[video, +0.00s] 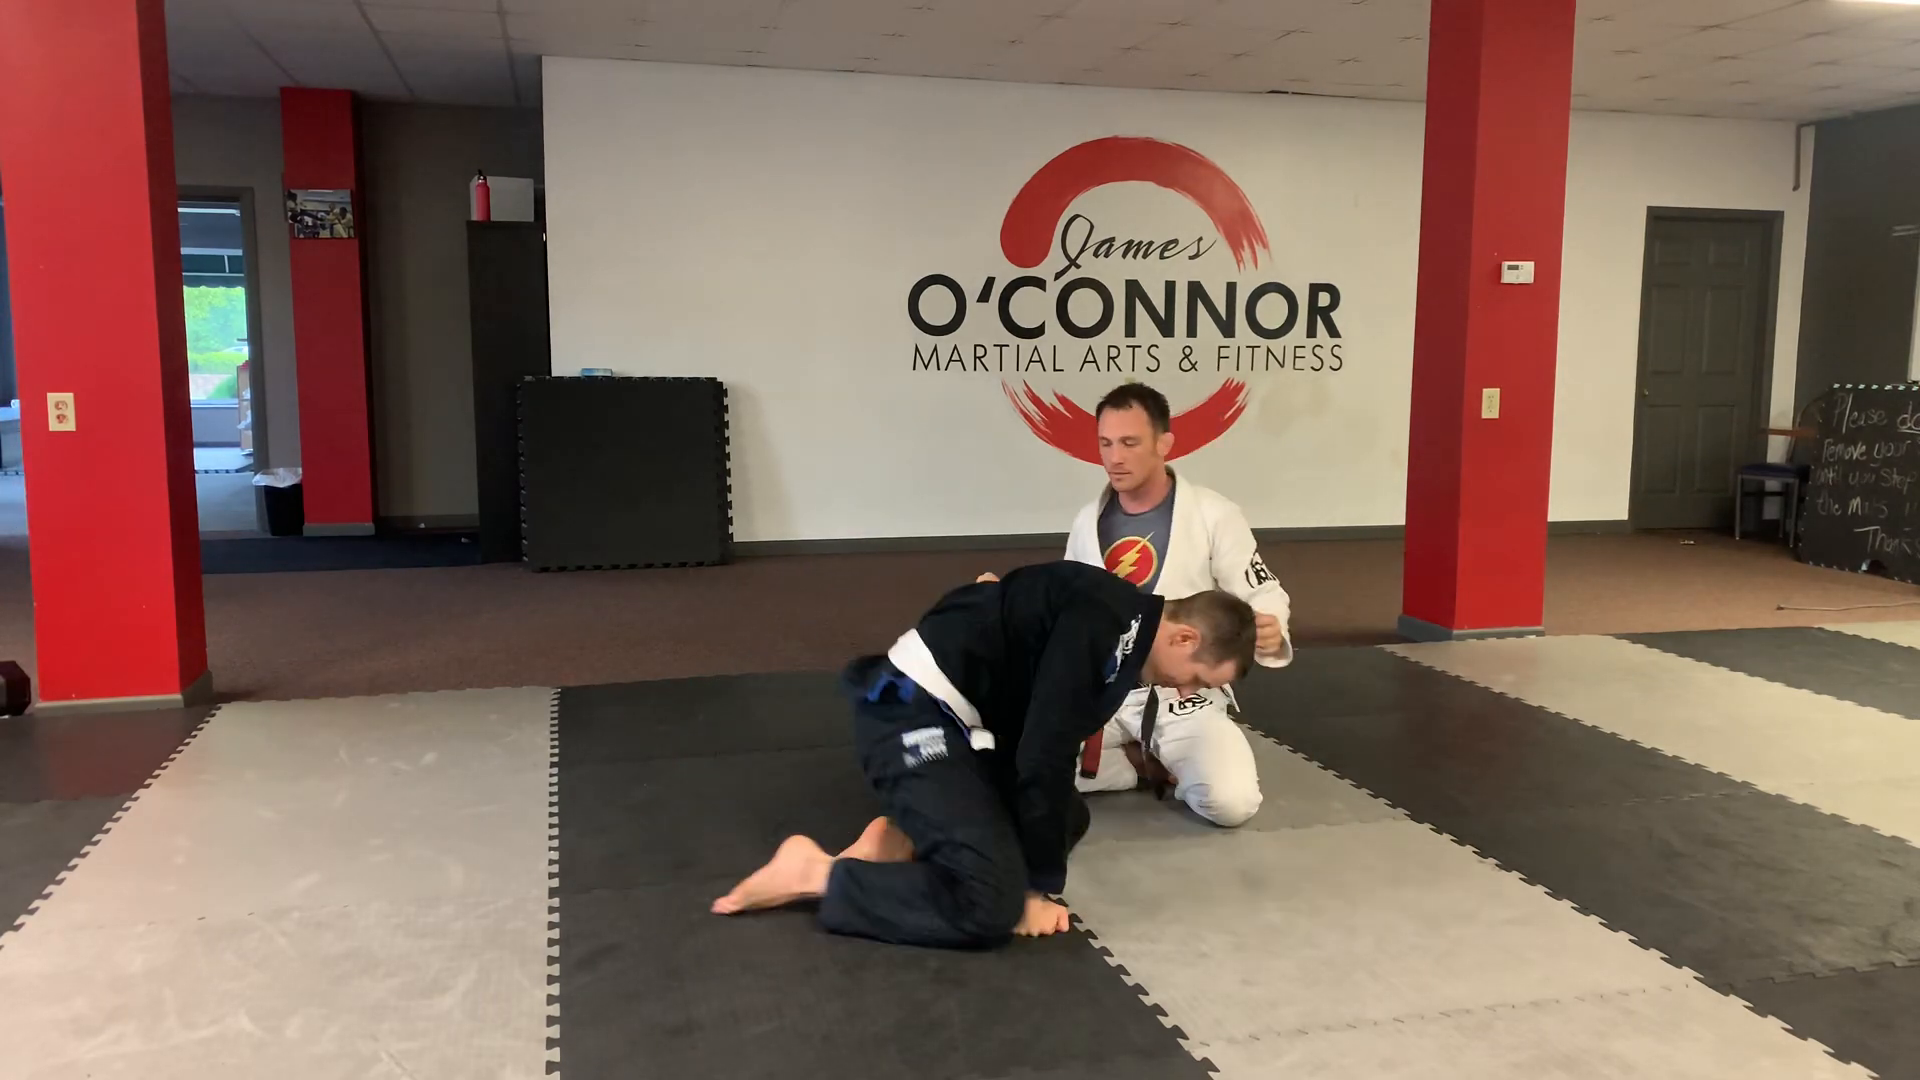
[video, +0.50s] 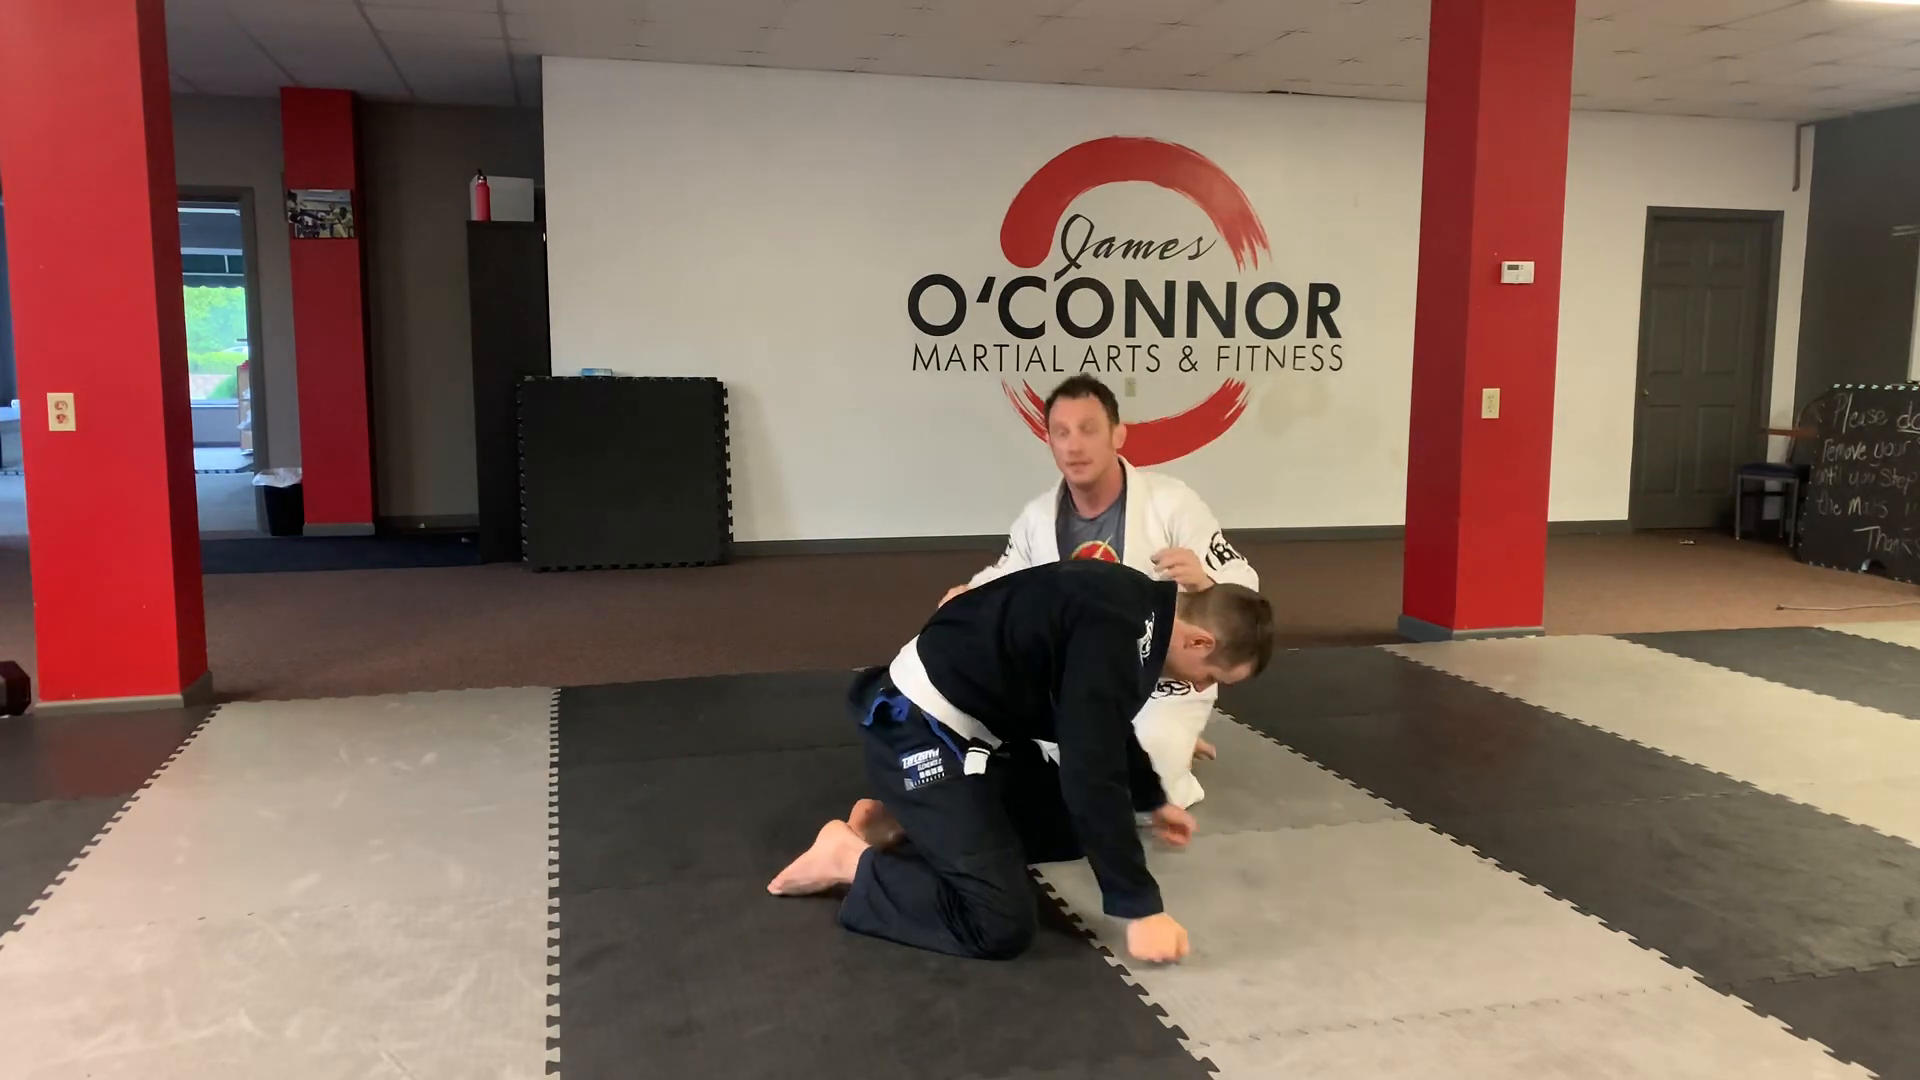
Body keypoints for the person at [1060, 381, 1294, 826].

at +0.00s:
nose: (1115, 458)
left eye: (1129, 444)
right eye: (1106, 444)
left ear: (1164, 444)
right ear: (1097, 446)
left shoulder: (1214, 516)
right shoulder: (1087, 522)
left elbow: (1263, 593)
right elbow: (1072, 605)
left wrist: (1270, 632)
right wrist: (1008, 599)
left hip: (1185, 696)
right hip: (1103, 693)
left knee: (1233, 802)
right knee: (1041, 766)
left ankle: (1172, 761)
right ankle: (1146, 764)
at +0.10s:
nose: (1104, 457)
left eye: (1118, 441)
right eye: (1095, 443)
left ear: (1153, 440)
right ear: (1085, 445)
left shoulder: (1204, 512)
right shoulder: (1078, 521)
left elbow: (1258, 595)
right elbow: (1059, 602)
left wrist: (1235, 653)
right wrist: (1000, 596)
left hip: (1178, 688)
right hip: (1098, 683)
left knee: (1212, 801)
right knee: (1042, 775)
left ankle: (1166, 750)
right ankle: (1137, 763)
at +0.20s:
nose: (1095, 458)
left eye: (1109, 443)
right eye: (1085, 445)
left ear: (1143, 443)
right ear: (1076, 448)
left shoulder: (1197, 512)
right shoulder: (1069, 523)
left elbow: (1256, 592)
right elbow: (1054, 608)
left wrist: (1211, 657)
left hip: (1177, 684)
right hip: (1096, 683)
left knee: (1177, 799)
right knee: (1045, 772)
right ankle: (1143, 757)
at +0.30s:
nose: (1088, 463)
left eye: (1102, 447)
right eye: (1077, 450)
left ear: (1136, 448)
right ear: (1069, 454)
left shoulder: (1189, 514)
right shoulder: (1060, 533)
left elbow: (1257, 590)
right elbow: (1049, 620)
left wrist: (1228, 603)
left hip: (1174, 688)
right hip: (1093, 686)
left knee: (1143, 794)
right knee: (1036, 773)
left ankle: (1189, 739)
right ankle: (1114, 753)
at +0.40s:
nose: (1080, 461)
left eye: (1094, 446)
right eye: (1069, 448)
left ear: (1126, 447)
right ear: (1059, 453)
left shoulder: (1180, 514)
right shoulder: (1049, 530)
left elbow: (1255, 590)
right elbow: (1028, 618)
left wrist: (1217, 588)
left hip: (1171, 688)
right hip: (1084, 685)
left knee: (1134, 797)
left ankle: (1178, 742)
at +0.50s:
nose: (1074, 446)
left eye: (1088, 430)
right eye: (1062, 433)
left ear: (1118, 435)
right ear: (1049, 442)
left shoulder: (1172, 503)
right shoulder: (1037, 518)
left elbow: (1246, 582)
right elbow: (1008, 573)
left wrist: (1207, 581)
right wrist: (972, 591)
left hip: (1172, 670)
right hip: (1079, 669)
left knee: (1148, 746)